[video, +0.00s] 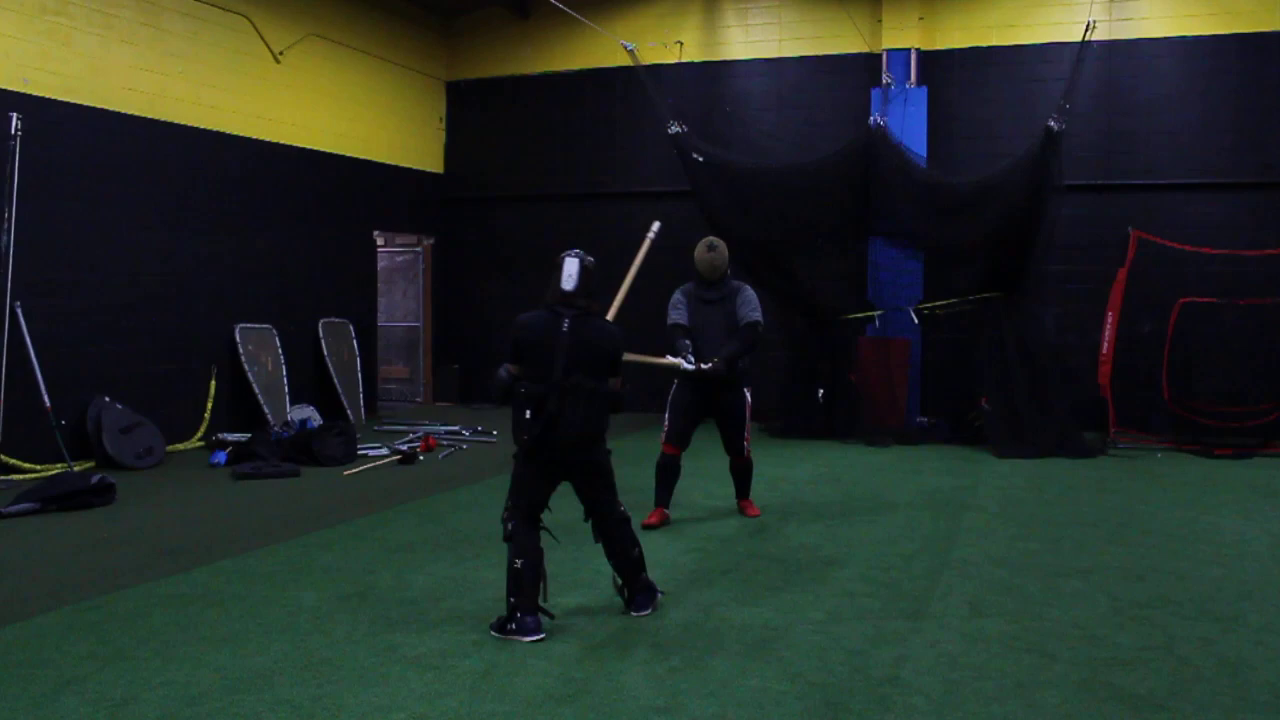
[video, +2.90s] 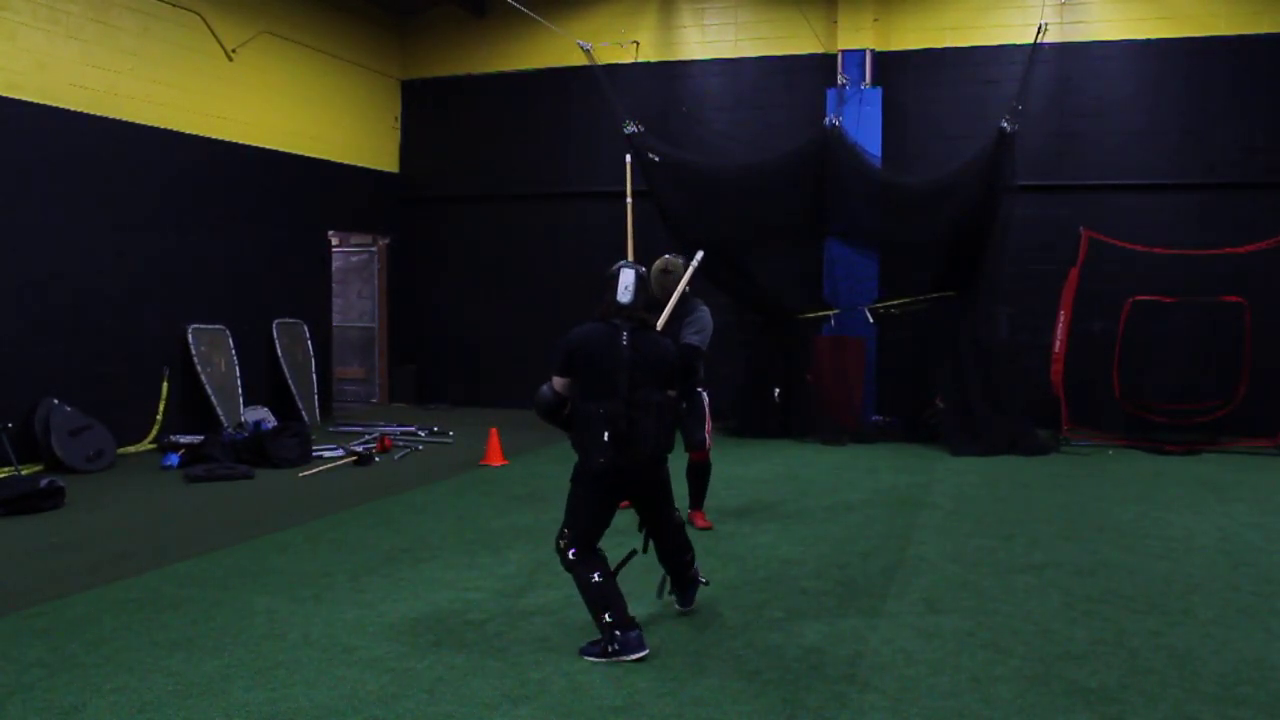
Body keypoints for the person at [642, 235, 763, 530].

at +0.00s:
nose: (711, 275)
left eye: (716, 269)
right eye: (706, 269)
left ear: (725, 266)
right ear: (698, 266)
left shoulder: (743, 293)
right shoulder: (682, 295)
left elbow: (752, 332)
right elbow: (677, 330)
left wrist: (725, 360)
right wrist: (685, 352)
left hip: (730, 382)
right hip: (690, 381)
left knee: (738, 448)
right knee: (672, 445)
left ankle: (744, 500)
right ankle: (661, 508)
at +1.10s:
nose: (697, 275)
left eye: (702, 270)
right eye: (692, 269)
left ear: (712, 267)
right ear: (682, 267)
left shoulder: (728, 293)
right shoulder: (667, 294)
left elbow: (731, 329)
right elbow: (661, 325)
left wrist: (691, 344)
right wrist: (672, 343)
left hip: (716, 385)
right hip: (675, 385)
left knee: (731, 451)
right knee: (650, 445)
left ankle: (725, 507)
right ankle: (644, 511)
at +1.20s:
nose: (672, 279)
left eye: (677, 273)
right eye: (667, 273)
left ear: (686, 270)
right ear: (658, 270)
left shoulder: (702, 294)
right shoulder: (642, 297)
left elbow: (708, 325)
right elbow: (625, 322)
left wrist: (668, 333)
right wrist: (645, 325)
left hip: (694, 390)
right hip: (652, 390)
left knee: (710, 454)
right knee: (632, 454)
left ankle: (707, 508)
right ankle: (615, 516)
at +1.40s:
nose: (640, 272)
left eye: (646, 265)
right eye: (634, 268)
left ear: (658, 273)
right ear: (626, 276)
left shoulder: (676, 301)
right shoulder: (617, 308)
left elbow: (682, 330)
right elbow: (601, 334)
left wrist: (634, 321)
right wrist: (612, 298)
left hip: (668, 401)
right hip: (627, 403)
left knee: (689, 463)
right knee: (612, 468)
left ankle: (700, 509)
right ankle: (605, 535)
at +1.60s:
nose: (625, 271)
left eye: (629, 266)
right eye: (617, 268)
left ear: (639, 277)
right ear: (605, 282)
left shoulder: (657, 306)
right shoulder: (595, 311)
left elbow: (657, 334)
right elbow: (589, 332)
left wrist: (617, 344)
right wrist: (597, 343)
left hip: (651, 407)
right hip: (609, 410)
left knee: (677, 468)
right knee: (593, 474)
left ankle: (682, 510)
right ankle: (599, 536)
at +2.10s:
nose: (649, 277)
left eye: (654, 272)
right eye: (645, 272)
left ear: (665, 275)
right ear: (636, 276)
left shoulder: (687, 307)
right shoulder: (623, 309)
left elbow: (696, 350)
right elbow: (601, 353)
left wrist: (651, 358)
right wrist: (616, 339)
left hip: (678, 401)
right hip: (634, 402)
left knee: (695, 472)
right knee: (616, 469)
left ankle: (697, 510)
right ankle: (603, 531)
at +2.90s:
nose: (665, 286)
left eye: (671, 280)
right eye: (661, 280)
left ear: (681, 282)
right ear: (652, 283)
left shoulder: (696, 312)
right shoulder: (644, 308)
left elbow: (688, 355)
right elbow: (627, 350)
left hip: (688, 392)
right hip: (650, 391)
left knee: (698, 447)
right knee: (643, 446)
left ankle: (696, 509)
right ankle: (635, 494)